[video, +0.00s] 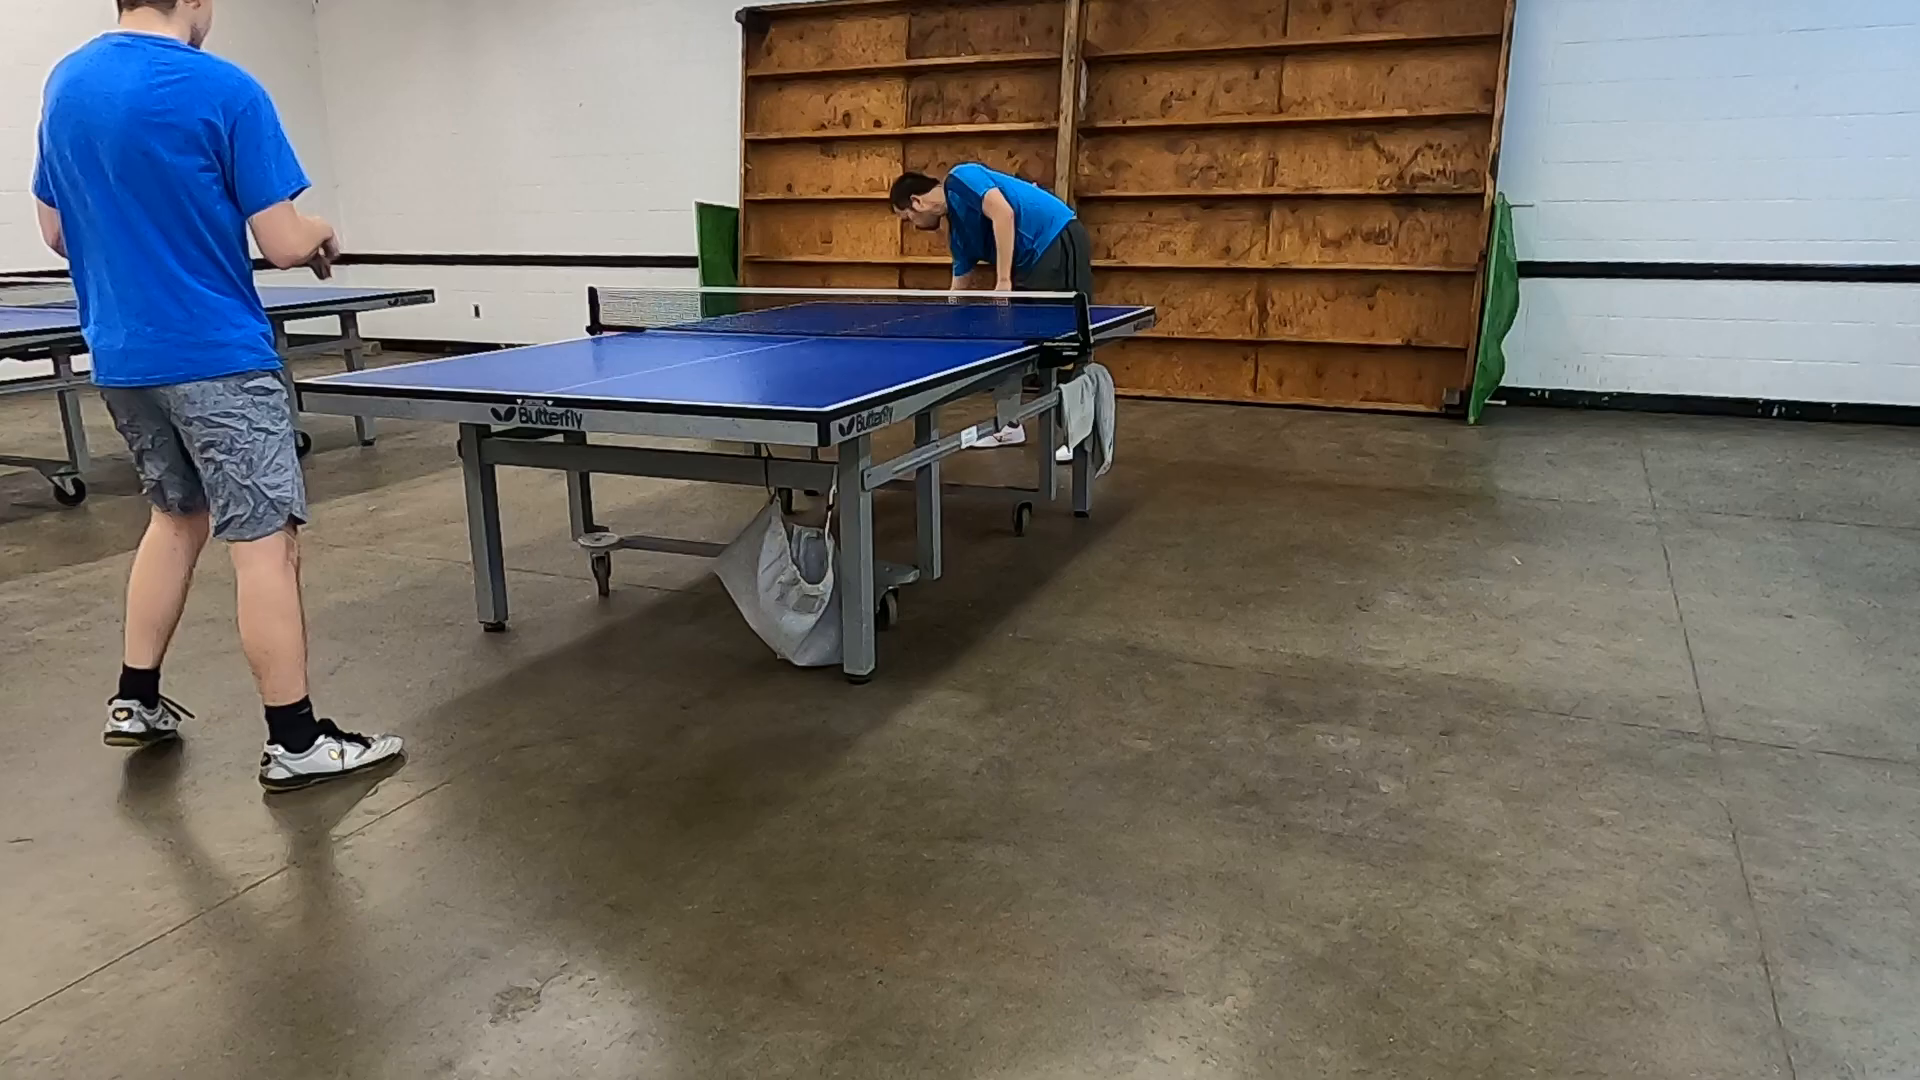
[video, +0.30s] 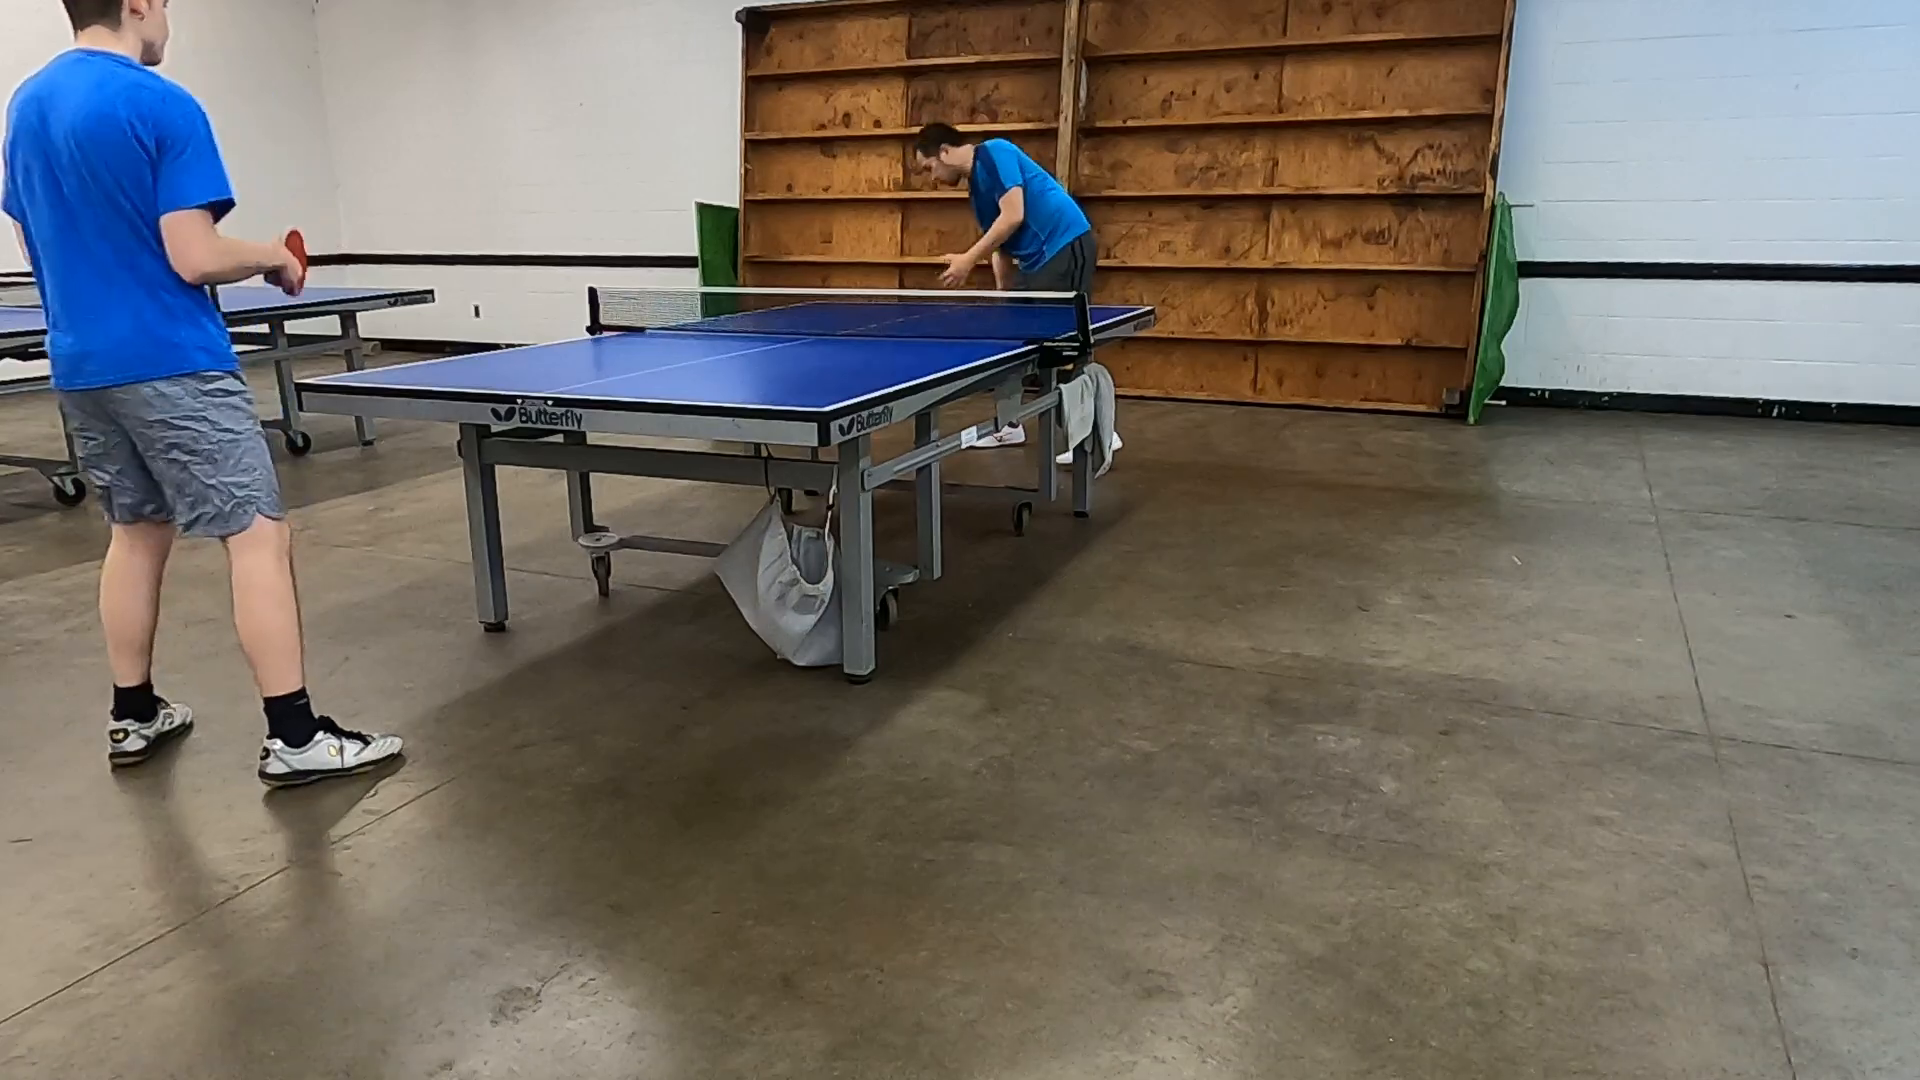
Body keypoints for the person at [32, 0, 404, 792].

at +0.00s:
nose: (210, 18)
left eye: (207, 9)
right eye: (208, 8)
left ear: (124, 6)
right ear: (190, 4)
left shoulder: (67, 80)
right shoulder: (221, 86)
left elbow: (58, 231)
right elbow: (283, 241)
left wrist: (148, 250)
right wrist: (316, 233)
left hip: (120, 355)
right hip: (216, 351)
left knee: (177, 511)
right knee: (264, 535)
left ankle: (136, 700)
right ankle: (296, 738)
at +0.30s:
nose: (168, 20)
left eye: (166, 8)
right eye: (166, 7)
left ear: (77, 13)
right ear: (141, 7)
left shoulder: (27, 107)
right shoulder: (163, 105)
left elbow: (34, 247)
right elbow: (193, 256)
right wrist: (274, 256)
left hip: (80, 369)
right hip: (171, 360)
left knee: (137, 526)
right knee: (257, 529)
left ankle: (132, 715)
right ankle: (296, 733)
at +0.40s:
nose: (160, 25)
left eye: (157, 11)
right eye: (156, 10)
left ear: (68, 17)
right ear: (127, 9)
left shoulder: (20, 110)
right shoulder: (146, 100)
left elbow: (38, 243)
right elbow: (171, 247)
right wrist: (262, 263)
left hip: (63, 364)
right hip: (151, 355)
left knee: (134, 526)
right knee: (260, 520)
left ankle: (132, 713)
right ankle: (296, 723)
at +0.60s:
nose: (157, 34)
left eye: (156, 17)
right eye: (153, 16)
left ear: (69, 18)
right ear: (117, 9)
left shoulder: (12, 110)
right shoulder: (137, 95)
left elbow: (20, 254)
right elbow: (175, 242)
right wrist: (276, 250)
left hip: (64, 363)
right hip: (151, 351)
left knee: (137, 529)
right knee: (269, 519)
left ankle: (133, 713)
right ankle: (317, 725)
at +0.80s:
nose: (185, 57)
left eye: (182, 37)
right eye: (179, 34)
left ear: (95, 39)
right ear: (148, 31)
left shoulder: (28, 141)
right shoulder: (169, 129)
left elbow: (11, 279)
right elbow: (254, 277)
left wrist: (95, 286)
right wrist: (346, 252)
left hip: (92, 396)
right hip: (180, 382)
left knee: (173, 532)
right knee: (287, 555)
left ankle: (138, 713)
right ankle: (319, 772)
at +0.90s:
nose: (212, 69)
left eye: (209, 51)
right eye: (207, 49)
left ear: (118, 56)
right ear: (178, 47)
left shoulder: (55, 149)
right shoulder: (192, 147)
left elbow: (12, 281)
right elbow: (286, 296)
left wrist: (86, 329)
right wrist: (374, 274)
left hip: (97, 411)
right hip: (186, 401)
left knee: (184, 538)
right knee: (309, 571)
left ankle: (139, 709)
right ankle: (316, 788)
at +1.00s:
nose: (235, 71)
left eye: (233, 52)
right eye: (231, 52)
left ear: (141, 56)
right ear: (199, 52)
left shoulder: (67, 146)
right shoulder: (207, 151)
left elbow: (8, 264)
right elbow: (295, 298)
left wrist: (75, 329)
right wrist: (395, 282)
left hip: (95, 409)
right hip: (184, 403)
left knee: (175, 522)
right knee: (319, 572)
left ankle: (126, 692)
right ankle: (316, 789)